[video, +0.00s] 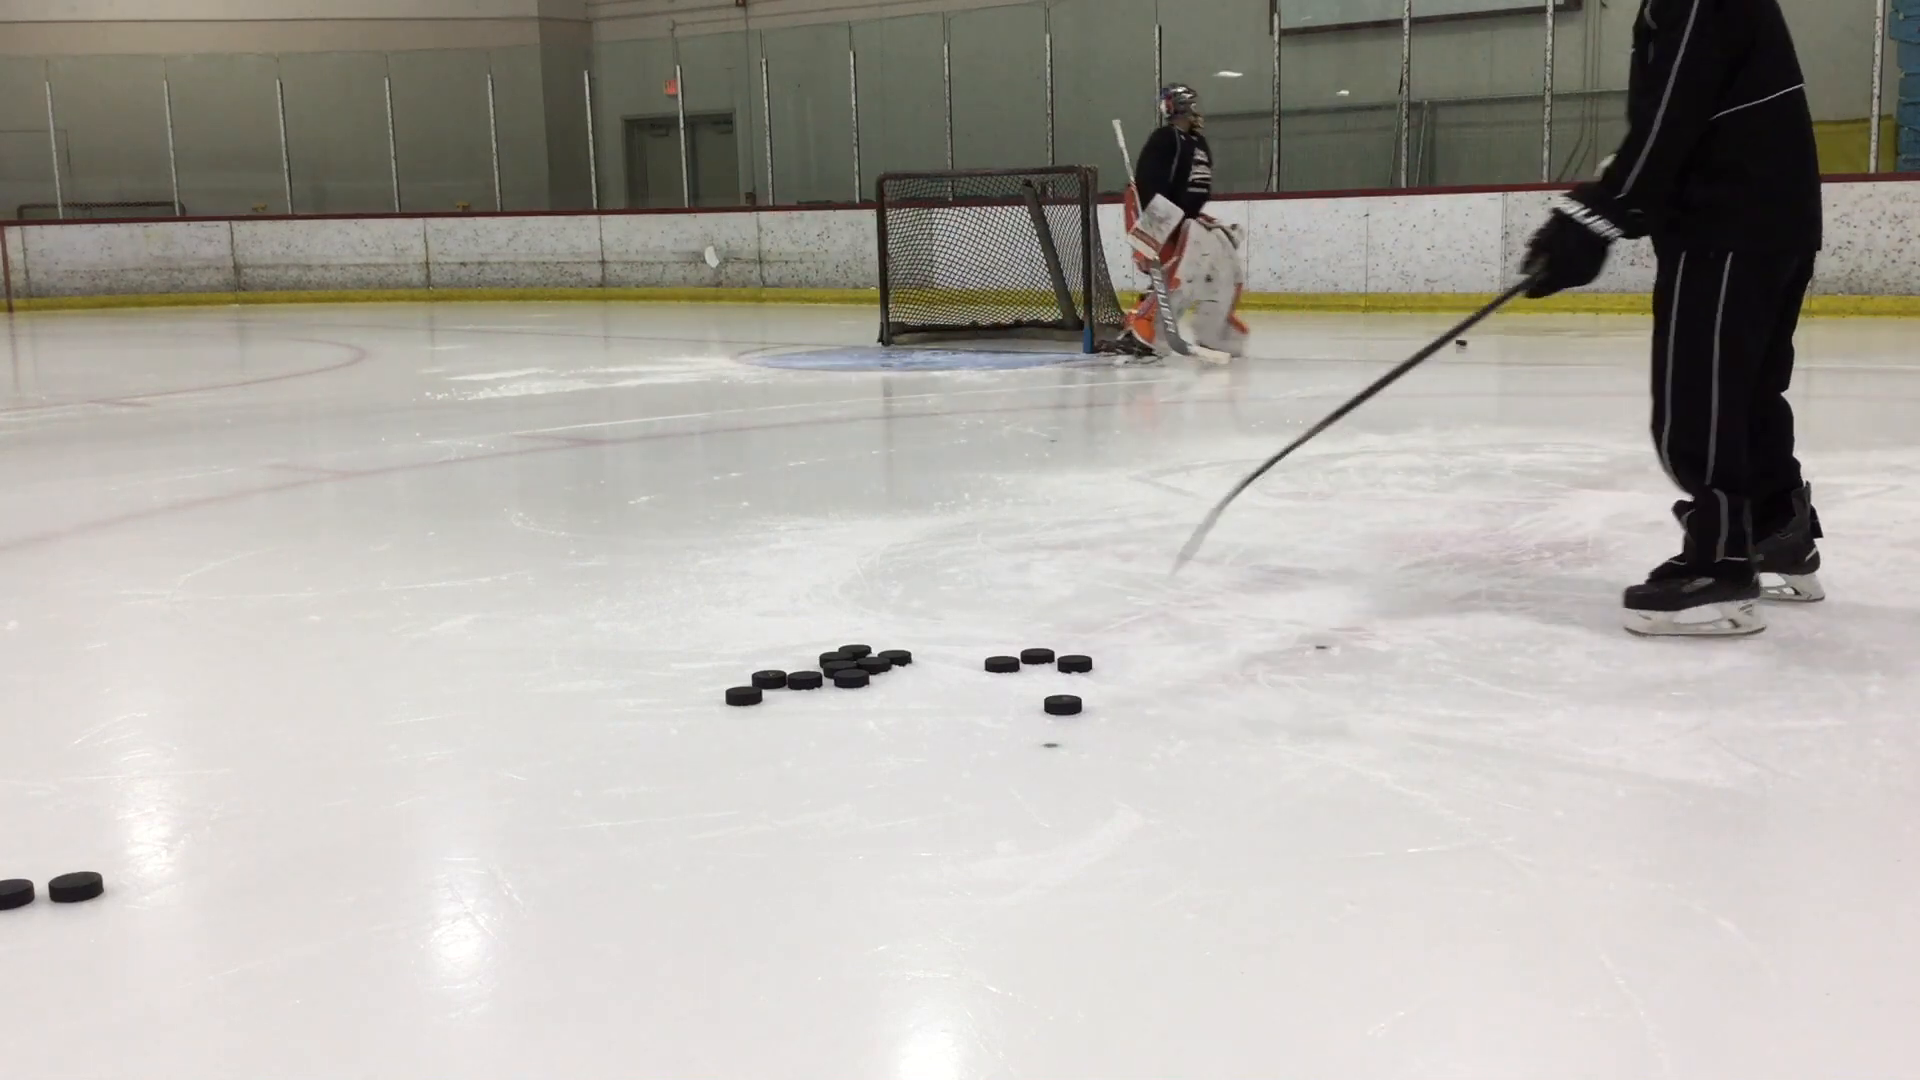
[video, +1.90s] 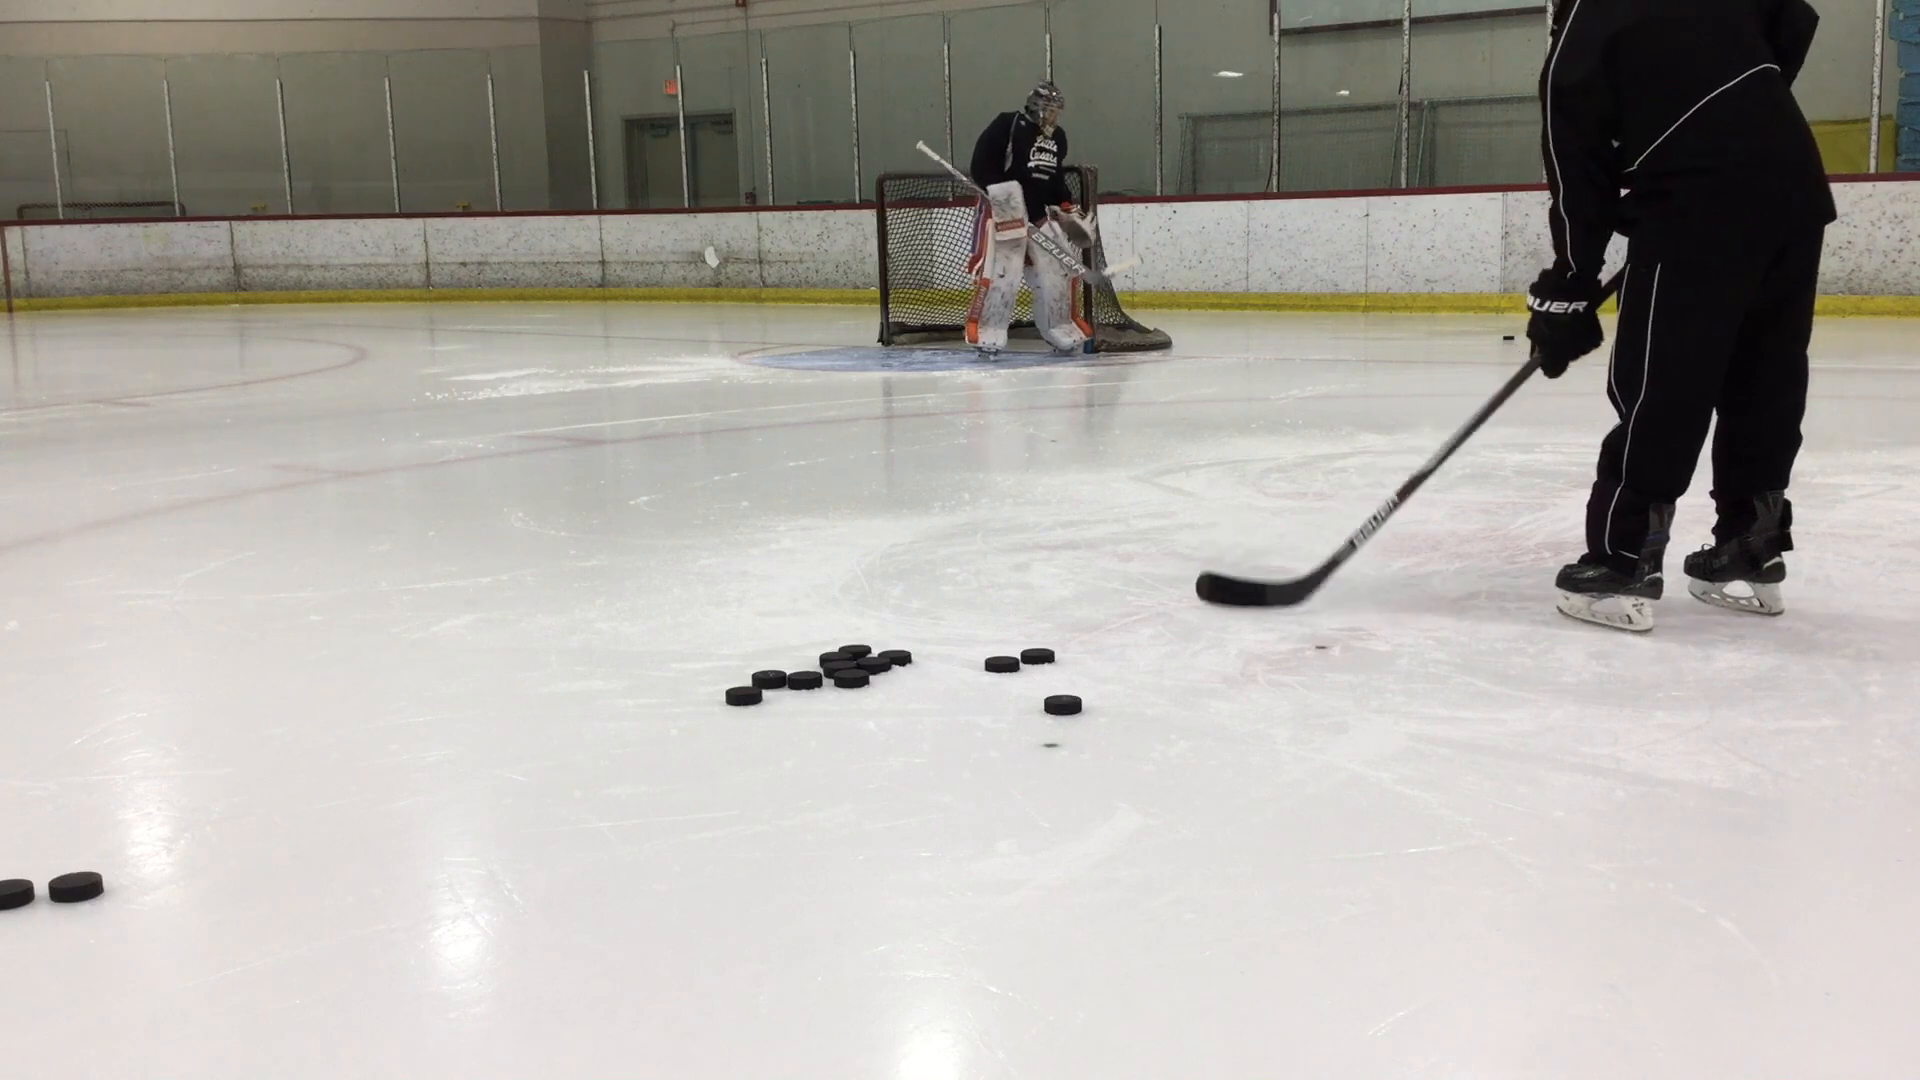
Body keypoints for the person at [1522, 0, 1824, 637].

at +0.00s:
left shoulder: (1690, 6)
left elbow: (1666, 126)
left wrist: (1591, 223)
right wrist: (1598, 216)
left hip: (1724, 228)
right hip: (1770, 220)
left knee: (1693, 400)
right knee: (1749, 387)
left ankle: (1719, 568)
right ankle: (1780, 539)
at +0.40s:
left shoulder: (1599, 7)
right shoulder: (1692, 6)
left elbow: (1583, 129)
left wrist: (1521, 250)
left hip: (1670, 221)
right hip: (1755, 205)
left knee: (1636, 394)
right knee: (1728, 385)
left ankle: (1661, 574)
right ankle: (1736, 550)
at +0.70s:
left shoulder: (1565, 16)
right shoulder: (1691, 7)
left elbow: (1554, 125)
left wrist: (1546, 241)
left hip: (1648, 223)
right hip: (1744, 206)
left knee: (1628, 396)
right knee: (1718, 384)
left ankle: (1658, 574)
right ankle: (1732, 553)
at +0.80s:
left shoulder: (1561, 13)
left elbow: (1554, 122)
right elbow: (1741, 23)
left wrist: (1554, 229)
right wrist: (1701, 87)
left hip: (1644, 210)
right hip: (1740, 195)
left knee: (1625, 393)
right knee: (1718, 380)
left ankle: (1656, 571)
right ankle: (1738, 551)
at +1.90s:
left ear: (1568, 3)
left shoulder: (1577, 40)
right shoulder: (1711, 6)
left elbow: (1577, 168)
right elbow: (1799, 17)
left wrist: (1568, 288)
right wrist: (1745, 107)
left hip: (1695, 207)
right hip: (1794, 190)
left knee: (1656, 387)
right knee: (1765, 381)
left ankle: (1626, 558)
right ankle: (1752, 548)